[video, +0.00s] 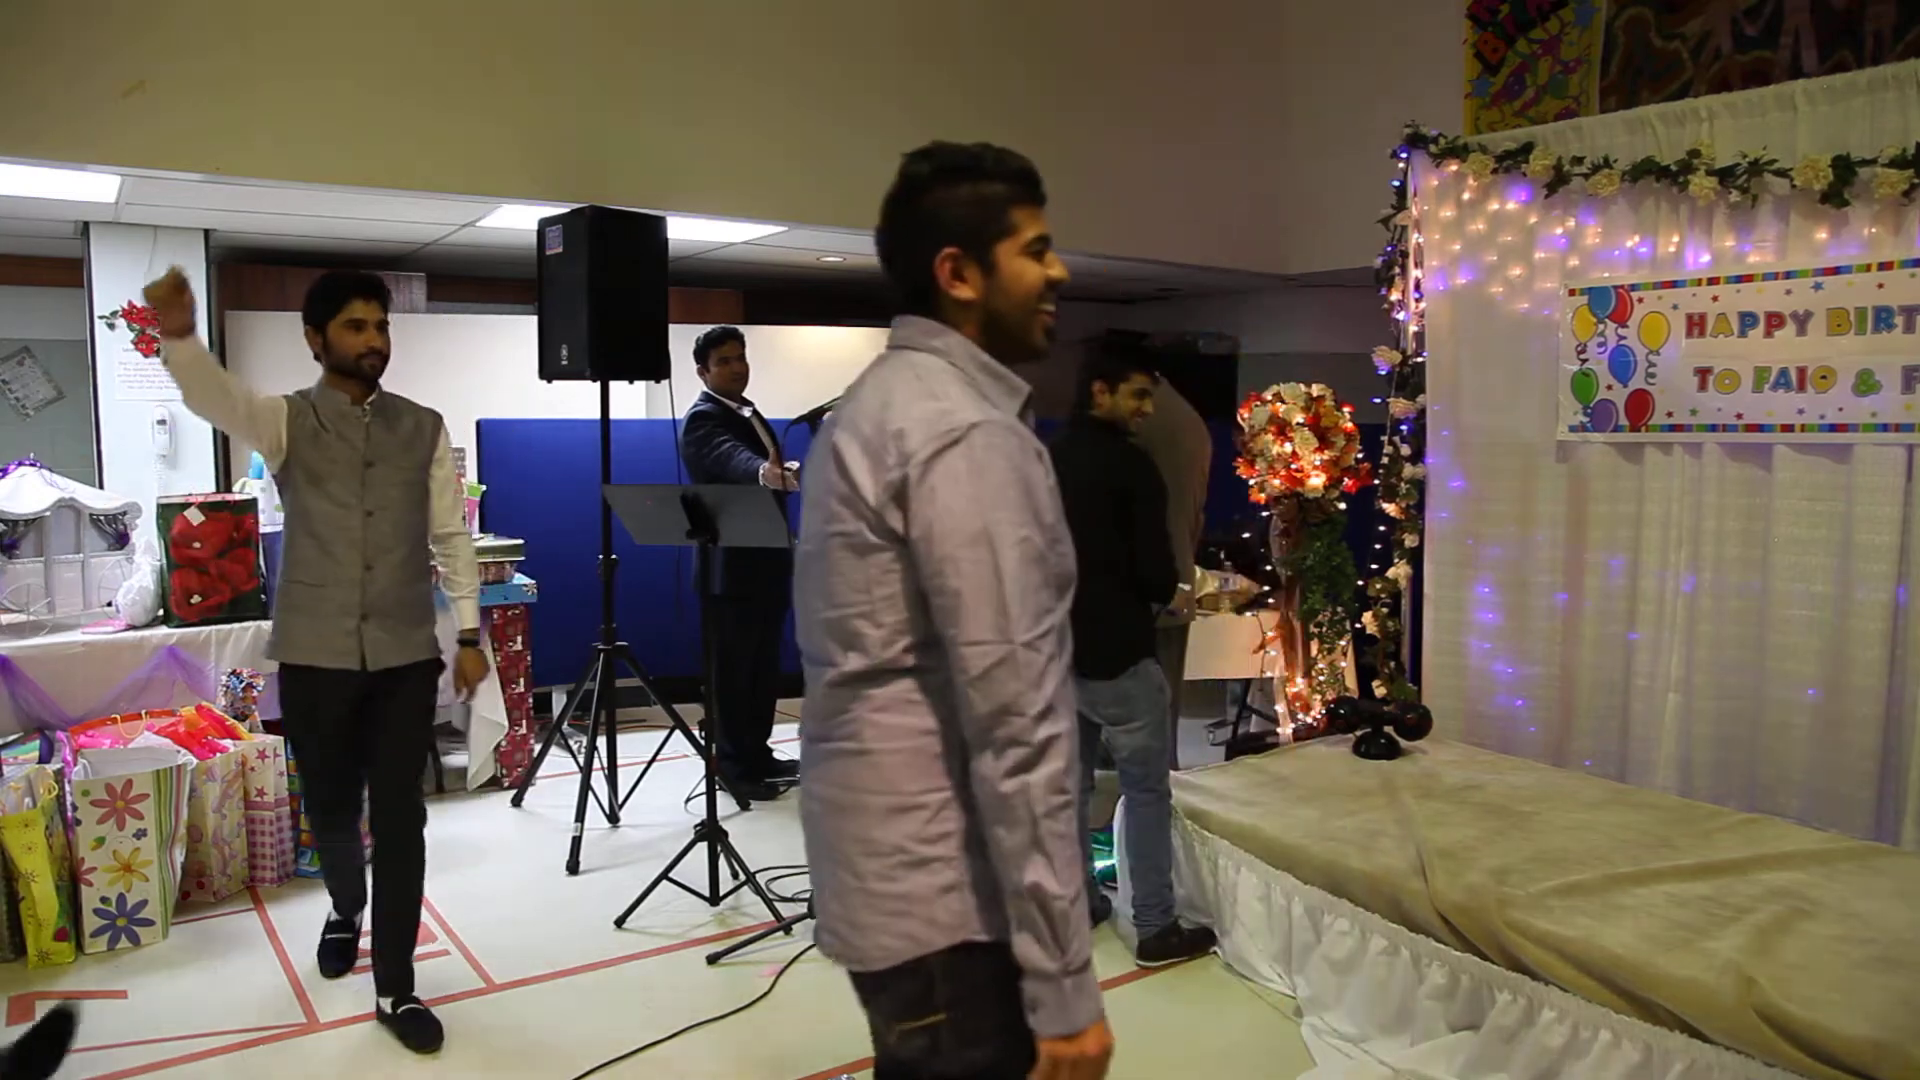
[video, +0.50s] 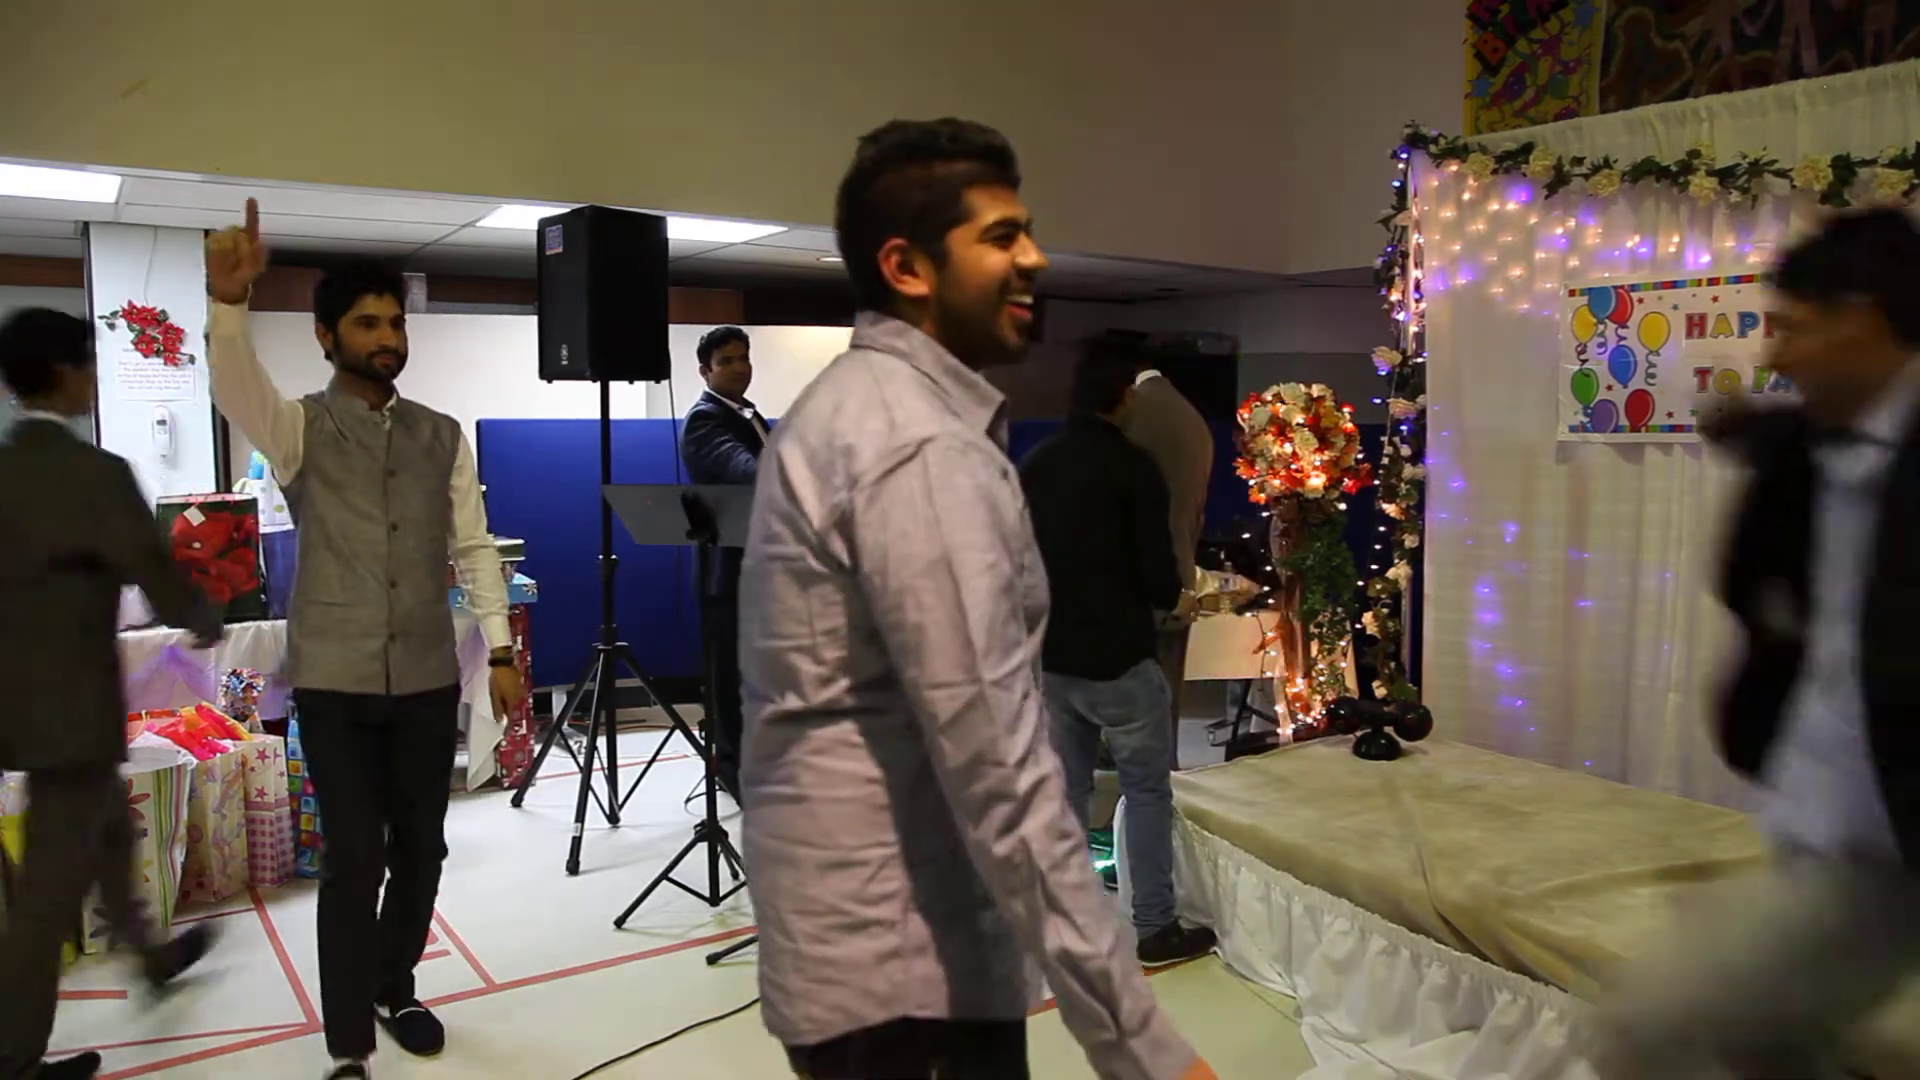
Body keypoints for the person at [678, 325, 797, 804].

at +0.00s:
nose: (737, 367)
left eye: (741, 358)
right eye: (725, 360)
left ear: (747, 363)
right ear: (703, 369)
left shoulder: (753, 418)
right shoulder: (701, 421)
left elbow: (775, 465)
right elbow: (719, 457)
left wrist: (795, 473)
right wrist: (760, 470)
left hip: (768, 559)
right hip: (729, 564)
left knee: (763, 661)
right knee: (733, 664)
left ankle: (758, 755)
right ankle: (735, 769)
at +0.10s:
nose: (737, 367)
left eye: (741, 358)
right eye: (725, 361)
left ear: (748, 364)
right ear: (704, 369)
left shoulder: (755, 420)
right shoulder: (701, 420)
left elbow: (777, 473)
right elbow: (717, 456)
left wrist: (797, 480)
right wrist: (759, 470)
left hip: (765, 559)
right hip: (728, 564)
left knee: (763, 662)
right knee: (733, 665)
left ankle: (757, 755)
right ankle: (735, 769)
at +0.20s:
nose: (739, 367)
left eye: (742, 359)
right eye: (727, 361)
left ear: (748, 363)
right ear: (705, 370)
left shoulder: (756, 420)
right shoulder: (701, 422)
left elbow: (778, 468)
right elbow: (718, 457)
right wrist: (759, 472)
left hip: (765, 561)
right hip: (728, 565)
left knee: (762, 664)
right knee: (734, 666)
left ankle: (756, 759)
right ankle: (737, 769)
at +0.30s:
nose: (740, 366)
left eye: (743, 358)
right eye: (728, 360)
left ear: (749, 364)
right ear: (705, 369)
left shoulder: (758, 422)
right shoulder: (701, 422)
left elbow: (781, 466)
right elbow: (718, 457)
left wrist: (799, 473)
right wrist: (760, 471)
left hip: (766, 562)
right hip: (729, 565)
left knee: (762, 665)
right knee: (734, 666)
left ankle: (760, 763)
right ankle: (738, 769)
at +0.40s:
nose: (741, 366)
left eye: (744, 358)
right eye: (729, 360)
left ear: (748, 363)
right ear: (706, 368)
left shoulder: (757, 420)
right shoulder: (702, 422)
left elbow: (780, 461)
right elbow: (724, 459)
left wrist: (795, 470)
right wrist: (766, 473)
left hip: (765, 562)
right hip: (728, 567)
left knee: (765, 665)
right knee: (733, 668)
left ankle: (766, 765)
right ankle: (738, 771)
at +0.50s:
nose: (743, 366)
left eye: (745, 358)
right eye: (731, 360)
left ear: (748, 363)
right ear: (706, 368)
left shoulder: (754, 419)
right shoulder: (702, 423)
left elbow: (775, 463)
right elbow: (741, 468)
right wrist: (781, 478)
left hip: (760, 562)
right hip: (726, 566)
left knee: (761, 663)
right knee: (730, 668)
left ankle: (761, 760)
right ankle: (731, 764)